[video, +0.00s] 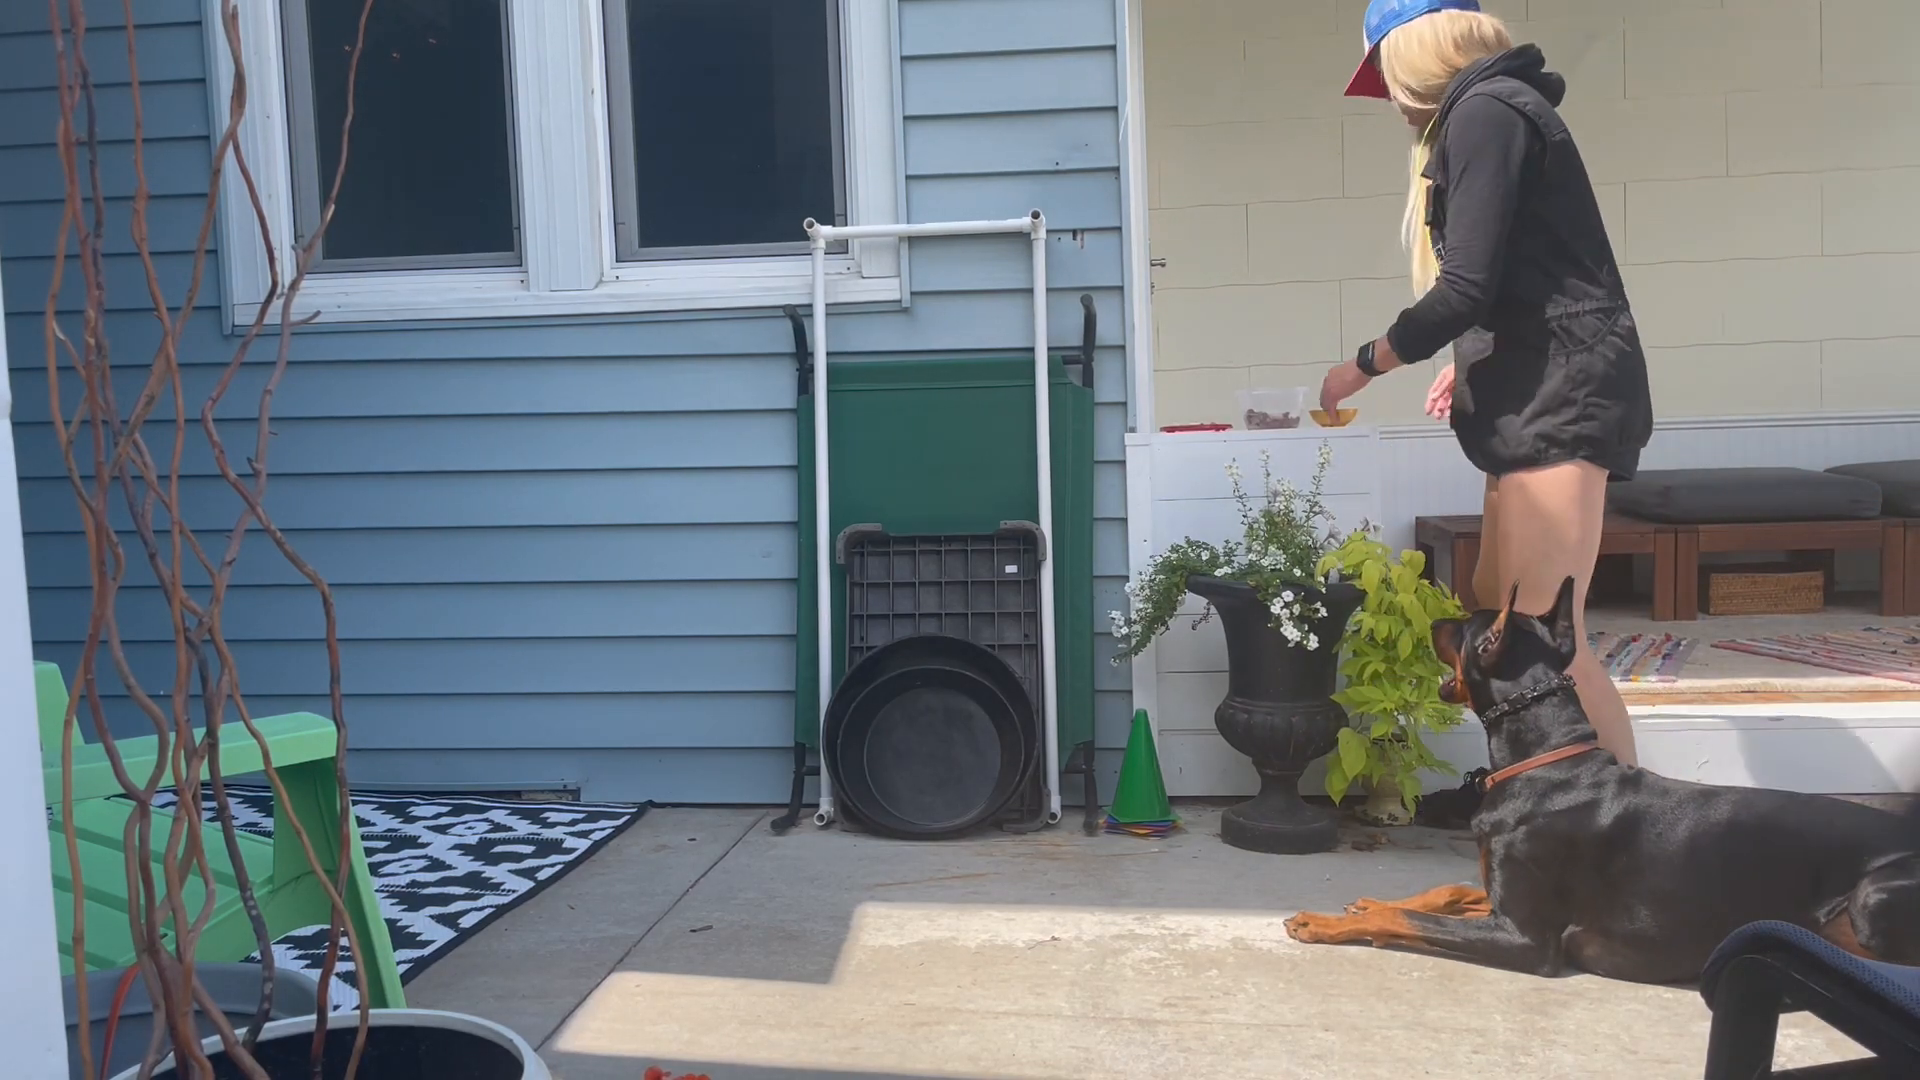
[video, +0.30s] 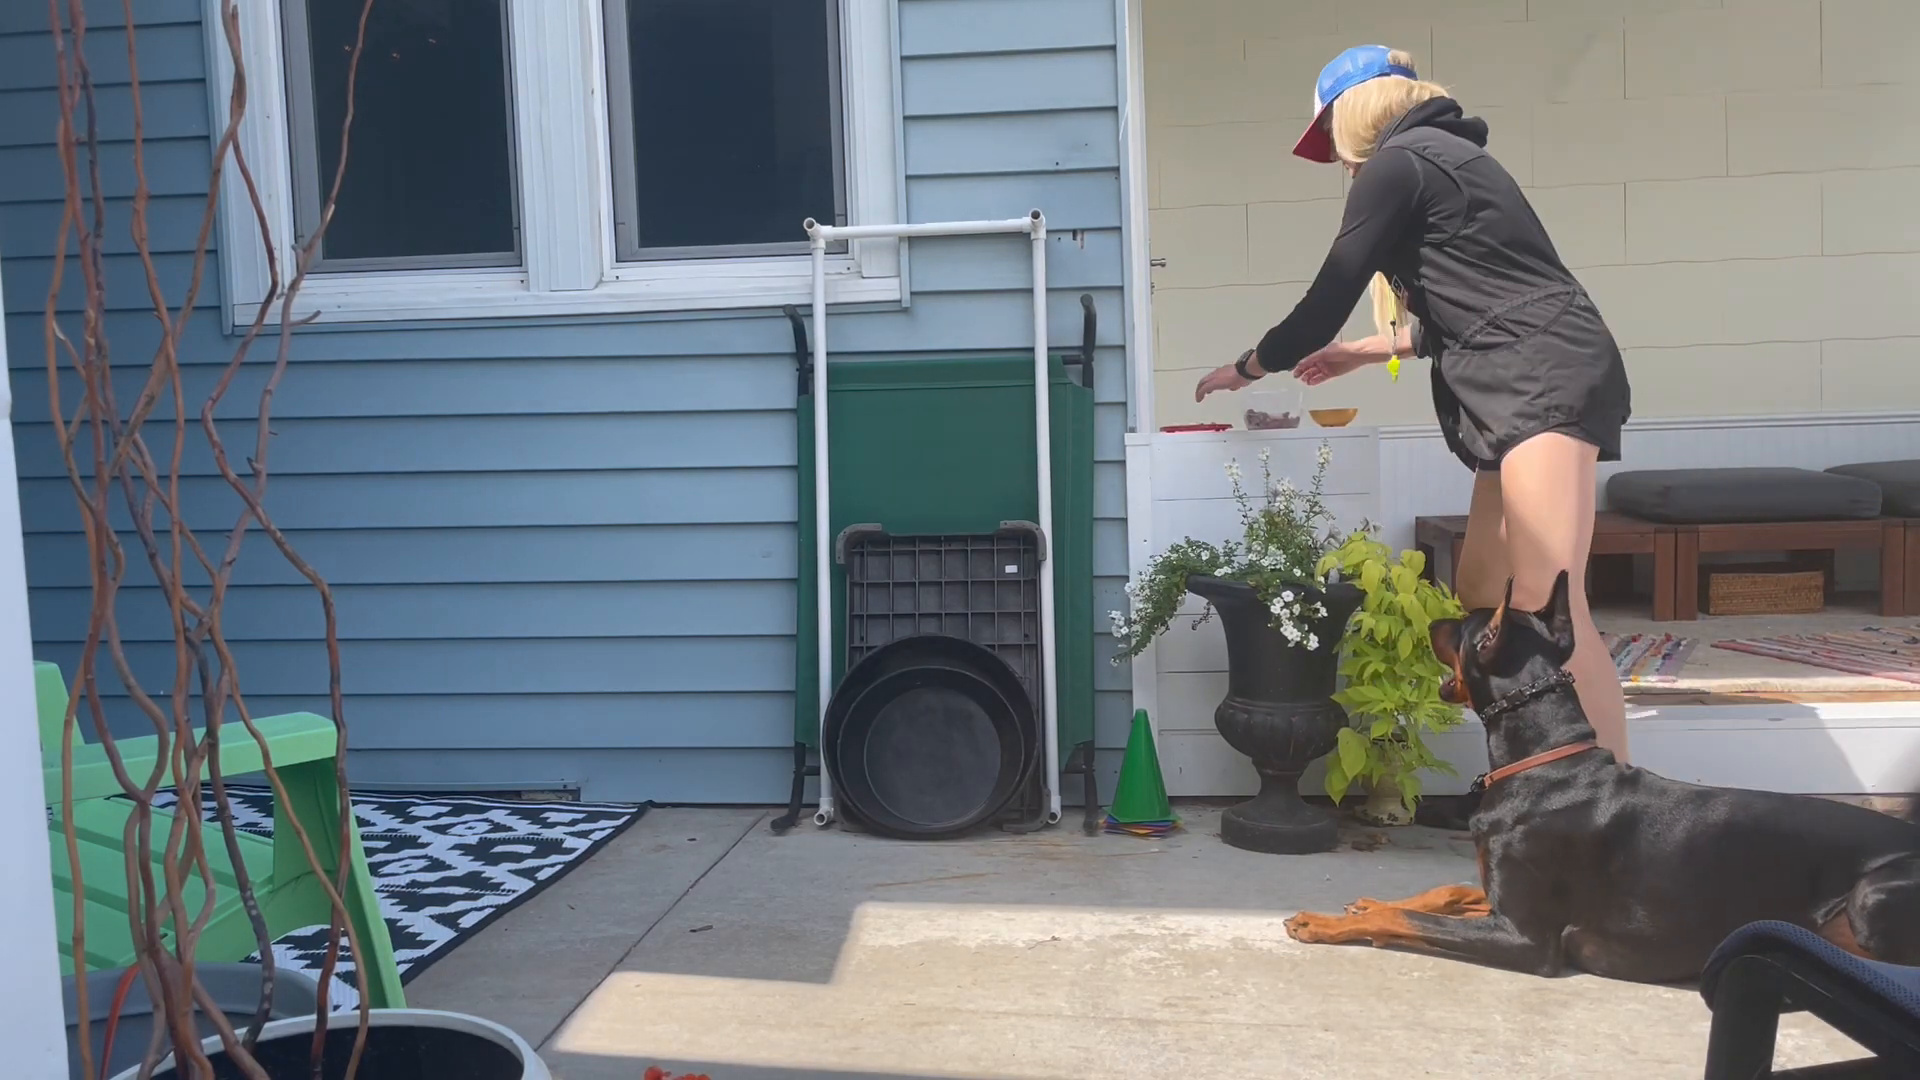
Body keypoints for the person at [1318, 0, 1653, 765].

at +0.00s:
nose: (1395, 98)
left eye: (1393, 79)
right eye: (1388, 83)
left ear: (1420, 62)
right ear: (1462, 46)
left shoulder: (1485, 112)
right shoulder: (1491, 110)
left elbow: (1467, 287)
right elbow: (1538, 272)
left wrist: (1361, 365)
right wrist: (1477, 363)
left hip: (1564, 380)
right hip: (1530, 381)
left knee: (1547, 633)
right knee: (1497, 614)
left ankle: (1625, 819)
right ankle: (1528, 791)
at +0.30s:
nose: (1338, 153)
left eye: (1335, 134)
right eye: (1332, 138)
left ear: (1359, 110)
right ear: (1402, 101)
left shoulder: (1396, 163)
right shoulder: (1453, 158)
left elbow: (1326, 305)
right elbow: (1470, 319)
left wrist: (1249, 365)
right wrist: (1364, 350)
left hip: (1539, 371)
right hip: (1520, 380)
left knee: (1551, 615)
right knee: (1481, 601)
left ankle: (1611, 804)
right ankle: (1532, 794)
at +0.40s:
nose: (1321, 164)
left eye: (1319, 144)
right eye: (1315, 150)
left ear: (1346, 124)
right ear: (1387, 119)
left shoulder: (1380, 174)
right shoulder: (1440, 172)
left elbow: (1309, 306)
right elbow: (1437, 328)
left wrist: (1232, 385)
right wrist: (1342, 358)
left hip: (1538, 363)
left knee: (1555, 596)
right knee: (1484, 589)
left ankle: (1606, 792)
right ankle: (1532, 781)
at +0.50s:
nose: (1316, 185)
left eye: (1312, 164)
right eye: (1309, 172)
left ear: (1335, 140)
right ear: (1376, 133)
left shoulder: (1374, 182)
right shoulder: (1436, 181)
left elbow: (1307, 307)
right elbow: (1404, 349)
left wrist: (1226, 394)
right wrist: (1286, 377)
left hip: (1533, 362)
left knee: (1559, 587)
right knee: (1485, 589)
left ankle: (1609, 788)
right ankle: (1533, 779)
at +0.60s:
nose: (1310, 193)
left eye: (1306, 173)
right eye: (1302, 181)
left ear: (1328, 149)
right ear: (1368, 139)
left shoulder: (1371, 186)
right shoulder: (1425, 185)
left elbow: (1301, 310)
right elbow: (1385, 348)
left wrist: (1233, 387)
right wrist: (1294, 376)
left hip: (1532, 362)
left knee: (1562, 584)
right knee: (1486, 582)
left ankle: (1608, 784)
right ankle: (1533, 773)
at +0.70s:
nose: (1306, 202)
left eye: (1302, 183)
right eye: (1299, 191)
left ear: (1323, 158)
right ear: (1359, 147)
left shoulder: (1369, 190)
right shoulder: (1410, 193)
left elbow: (1296, 317)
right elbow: (1353, 353)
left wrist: (1227, 394)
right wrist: (1261, 380)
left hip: (1535, 364)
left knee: (1564, 583)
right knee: (1484, 579)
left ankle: (1608, 787)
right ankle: (1533, 774)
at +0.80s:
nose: (1304, 207)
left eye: (1300, 187)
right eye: (1296, 196)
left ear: (1322, 161)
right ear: (1357, 150)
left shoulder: (1371, 191)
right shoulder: (1405, 200)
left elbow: (1300, 312)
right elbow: (1336, 344)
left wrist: (1226, 395)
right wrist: (1236, 395)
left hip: (1537, 359)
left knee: (1563, 583)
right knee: (1484, 578)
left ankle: (1609, 784)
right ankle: (1542, 771)